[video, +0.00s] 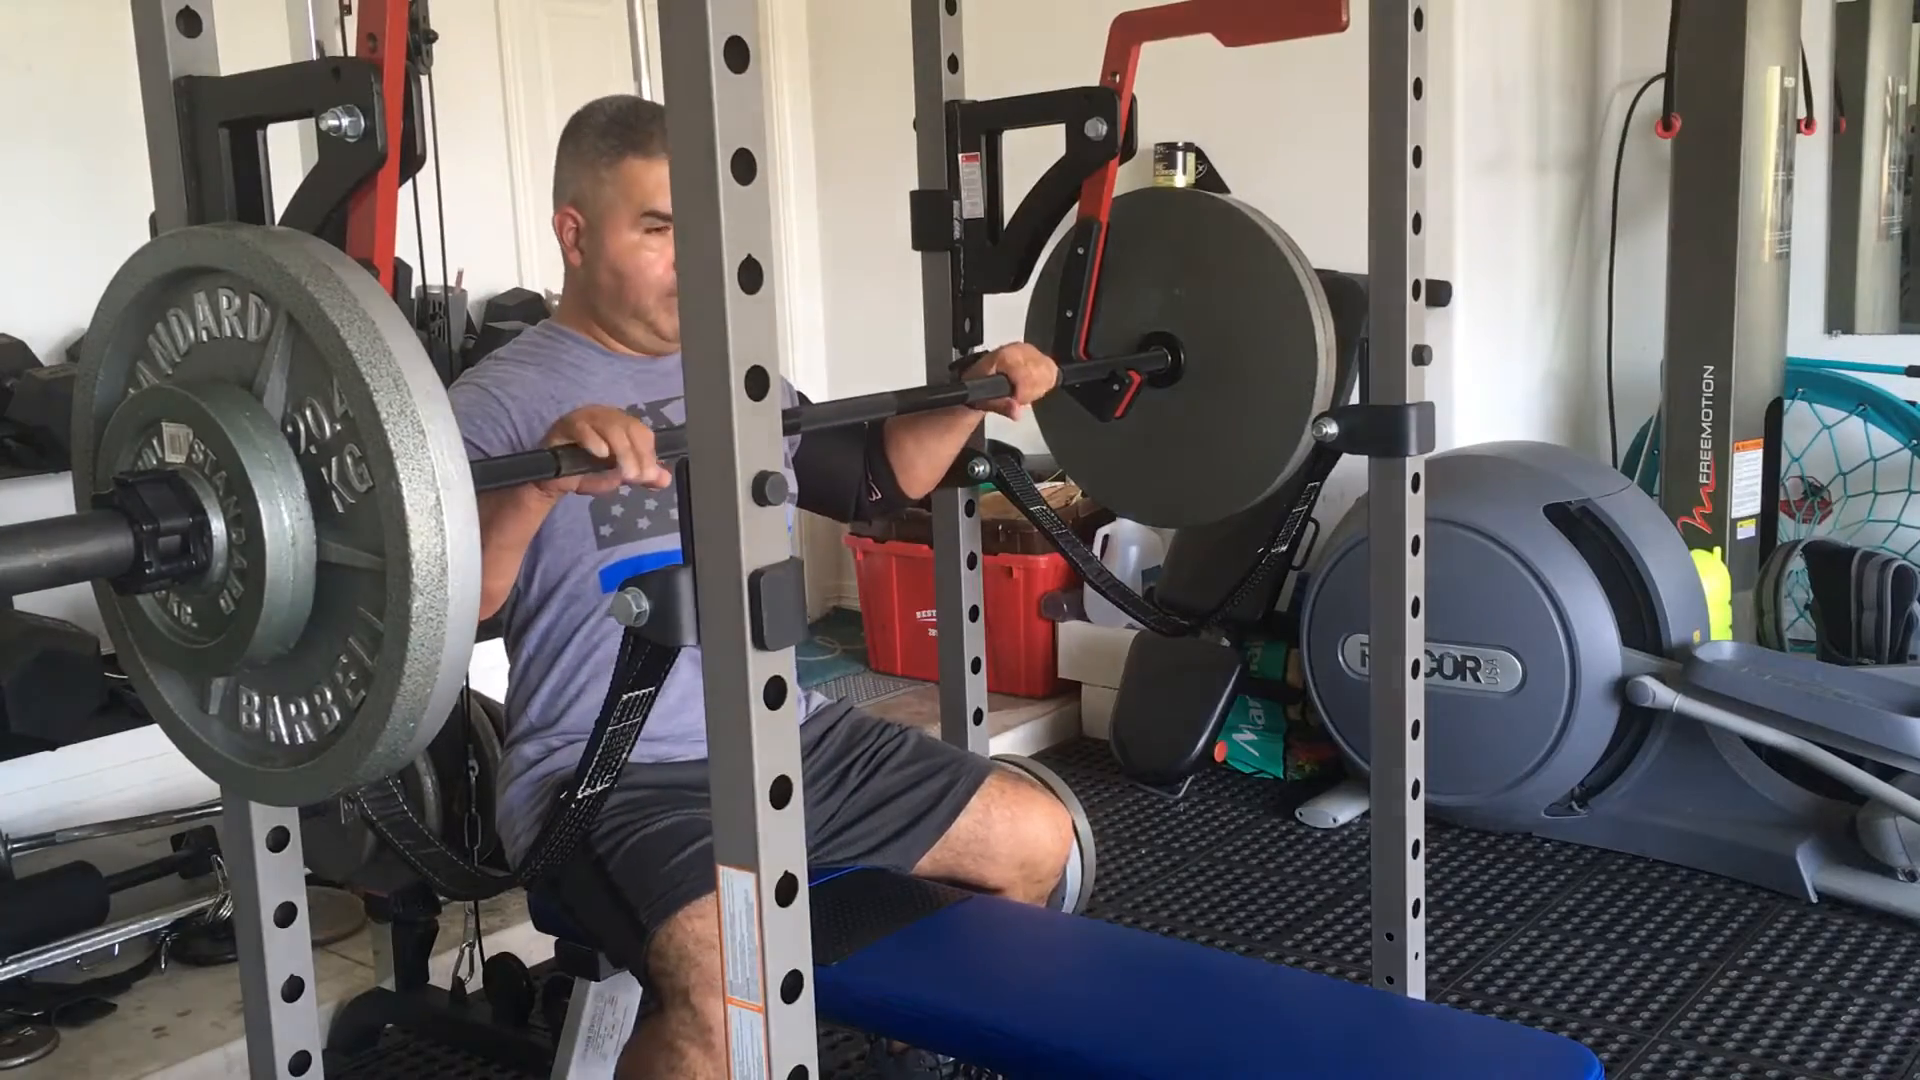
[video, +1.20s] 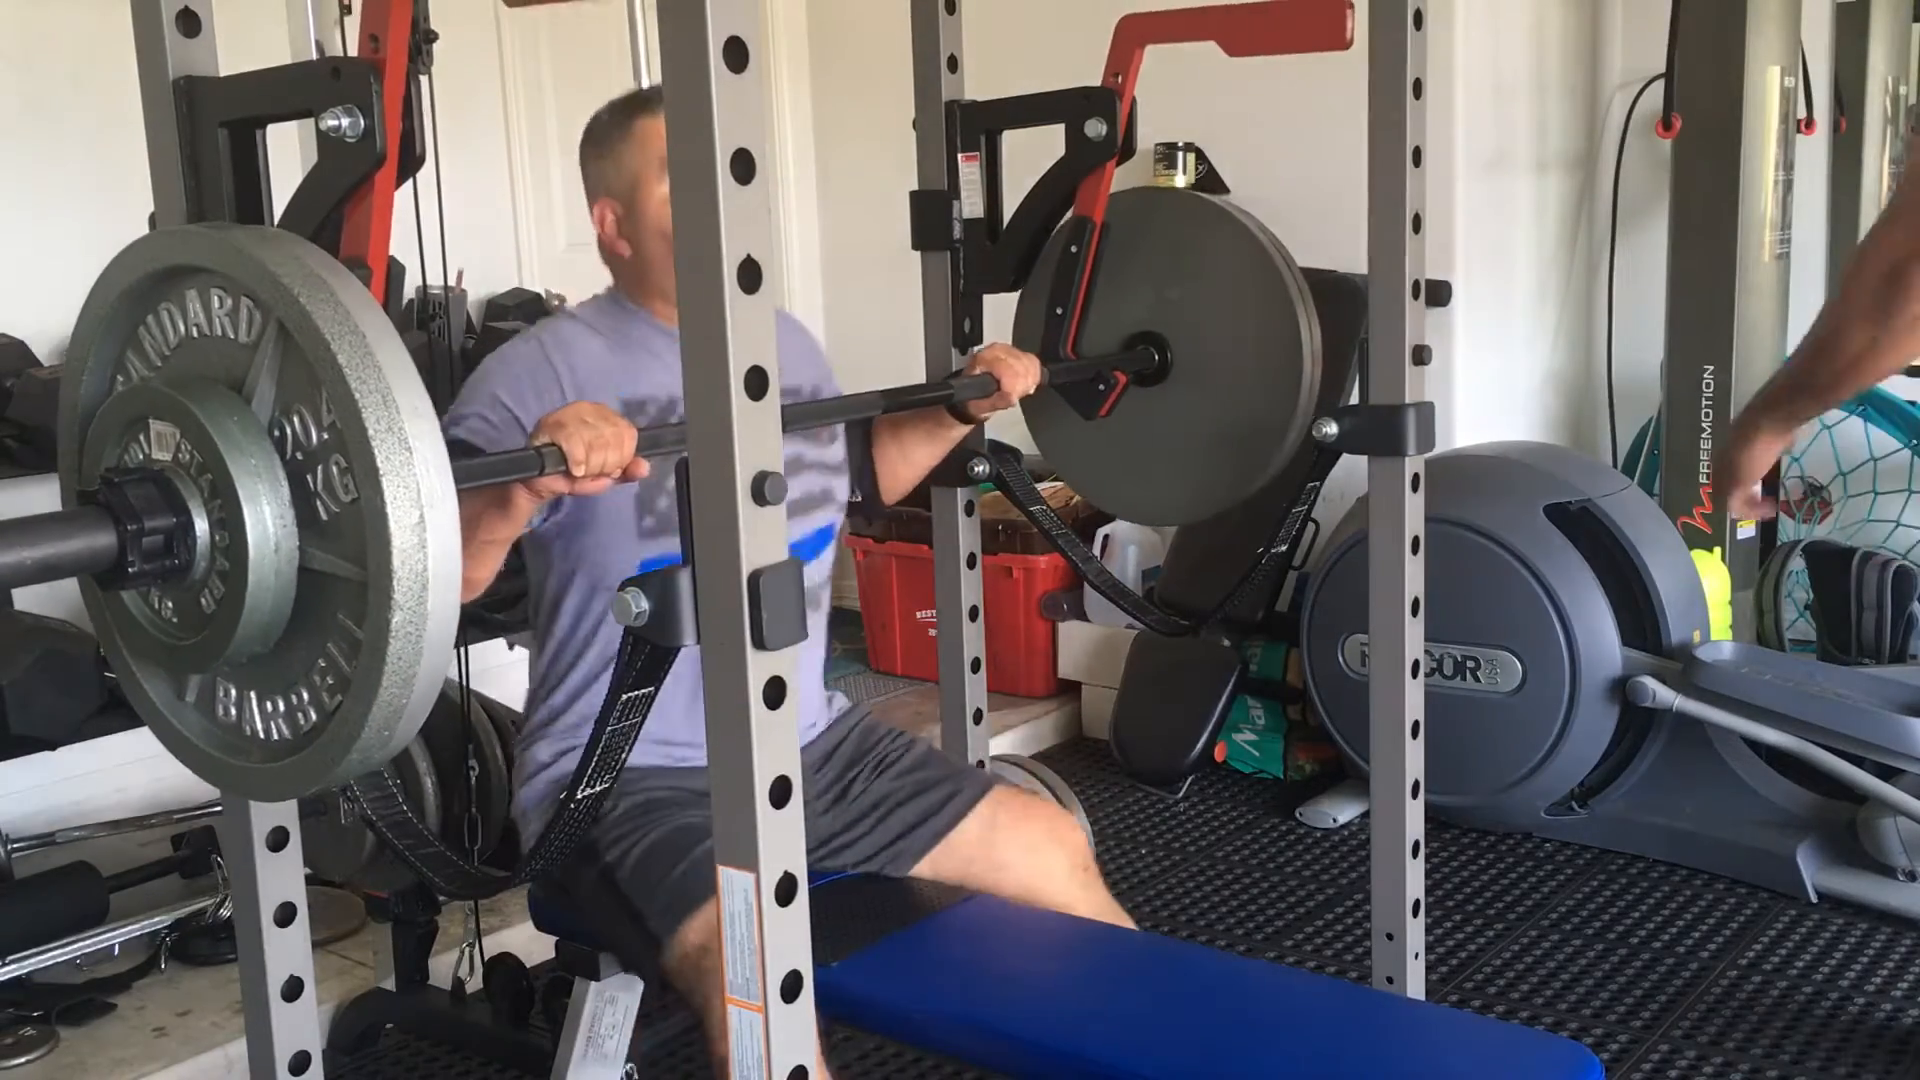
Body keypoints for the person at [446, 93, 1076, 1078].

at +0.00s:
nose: (690, 257)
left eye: (701, 227)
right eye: (657, 227)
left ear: (725, 237)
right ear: (574, 236)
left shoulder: (725, 371)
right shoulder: (503, 393)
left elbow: (871, 480)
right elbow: (461, 607)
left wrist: (972, 394)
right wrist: (545, 472)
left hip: (779, 732)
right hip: (609, 768)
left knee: (1033, 834)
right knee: (729, 968)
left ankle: (964, 1047)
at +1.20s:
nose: (714, 206)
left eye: (724, 179)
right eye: (682, 185)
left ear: (750, 192)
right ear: (614, 225)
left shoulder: (785, 343)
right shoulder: (540, 367)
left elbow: (862, 475)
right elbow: (435, 588)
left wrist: (961, 404)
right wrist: (520, 491)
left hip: (813, 742)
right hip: (626, 772)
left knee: (1042, 842)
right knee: (742, 938)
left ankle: (1173, 1054)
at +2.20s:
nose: (652, 168)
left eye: (662, 141)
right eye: (610, 143)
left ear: (685, 161)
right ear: (531, 180)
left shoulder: (721, 310)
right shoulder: (483, 343)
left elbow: (845, 475)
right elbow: (438, 579)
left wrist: (949, 404)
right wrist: (514, 474)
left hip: (889, 675)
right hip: (707, 722)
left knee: (1171, 827)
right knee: (876, 936)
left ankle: (1221, 1073)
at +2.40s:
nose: (607, 330)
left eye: (611, 309)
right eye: (565, 315)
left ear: (637, 336)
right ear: (494, 369)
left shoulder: (725, 452)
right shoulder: (514, 503)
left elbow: (900, 552)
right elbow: (490, 649)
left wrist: (953, 417)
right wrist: (524, 509)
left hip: (1012, 678)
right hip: (870, 745)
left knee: (1307, 883)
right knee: (1054, 992)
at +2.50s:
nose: (611, 456)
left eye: (610, 432)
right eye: (561, 444)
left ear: (633, 443)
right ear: (501, 493)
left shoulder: (753, 530)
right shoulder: (565, 619)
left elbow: (947, 585)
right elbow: (521, 717)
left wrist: (962, 425)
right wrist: (518, 520)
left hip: (1056, 697)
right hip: (924, 773)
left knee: (1387, 912)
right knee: (1112, 1035)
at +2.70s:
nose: (626, 567)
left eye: (636, 545)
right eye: (593, 576)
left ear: (676, 581)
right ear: (582, 626)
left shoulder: (847, 640)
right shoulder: (644, 750)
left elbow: (995, 620)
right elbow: (556, 791)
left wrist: (972, 435)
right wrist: (542, 523)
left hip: (1163, 741)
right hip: (1023, 821)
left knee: (1538, 957)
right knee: (1242, 1056)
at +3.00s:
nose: (712, 659)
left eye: (721, 648)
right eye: (704, 671)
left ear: (824, 661)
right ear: (723, 728)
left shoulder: (986, 657)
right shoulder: (807, 784)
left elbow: (1097, 606)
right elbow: (636, 774)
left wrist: (1024, 440)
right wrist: (597, 538)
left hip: (1334, 761)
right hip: (1186, 856)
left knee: (1719, 993)